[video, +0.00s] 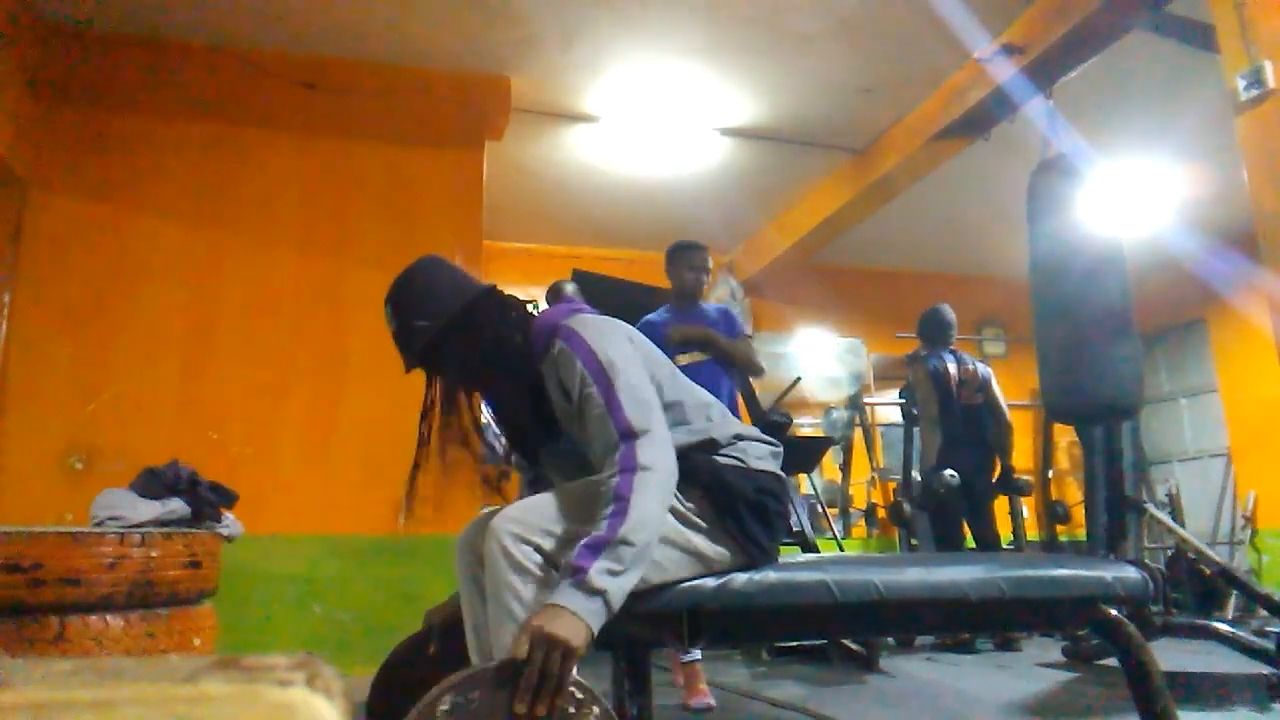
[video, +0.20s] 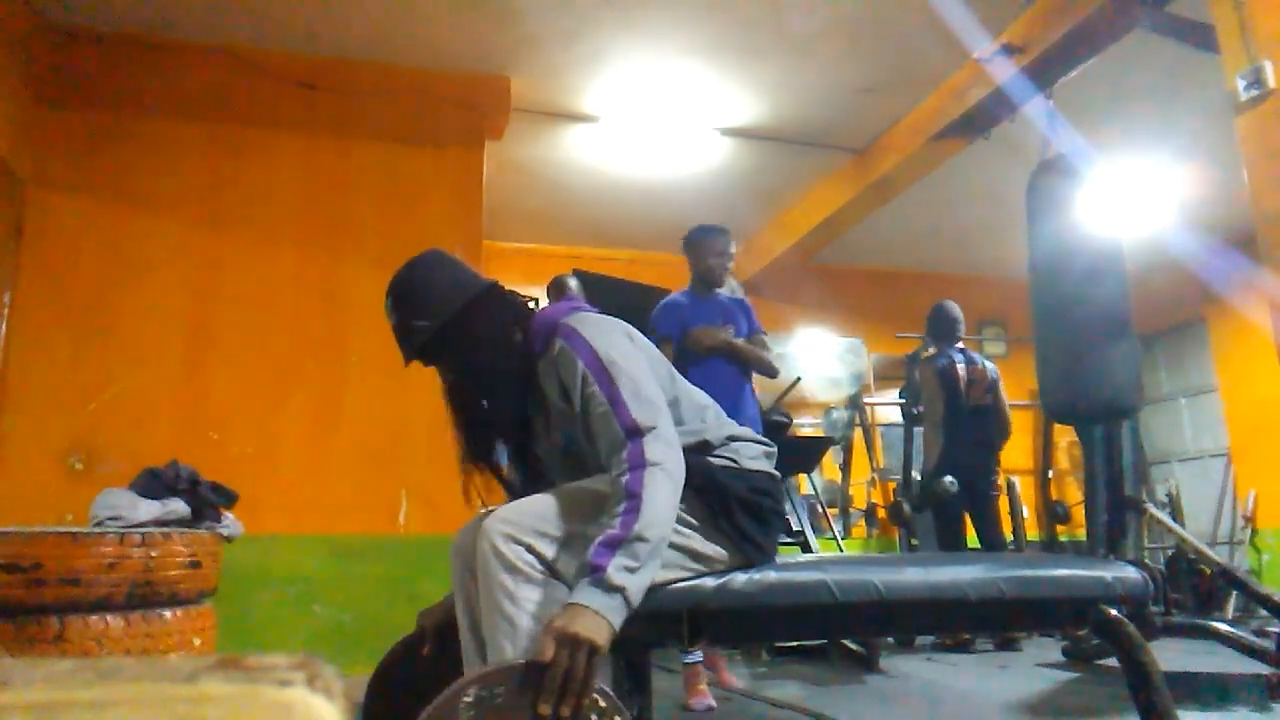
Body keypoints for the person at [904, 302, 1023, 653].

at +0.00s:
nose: (920, 341)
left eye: (921, 335)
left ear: (923, 335)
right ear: (954, 334)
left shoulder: (922, 366)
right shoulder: (980, 368)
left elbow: (930, 419)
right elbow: (1003, 420)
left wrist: (927, 469)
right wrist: (1007, 466)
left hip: (944, 469)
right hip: (979, 467)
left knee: (949, 547)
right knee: (989, 542)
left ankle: (960, 630)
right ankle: (1006, 626)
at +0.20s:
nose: (929, 335)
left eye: (929, 329)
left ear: (930, 331)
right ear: (963, 330)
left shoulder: (931, 367)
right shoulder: (986, 367)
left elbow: (934, 421)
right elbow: (1004, 425)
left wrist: (928, 470)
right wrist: (988, 452)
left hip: (947, 468)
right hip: (982, 466)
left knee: (950, 548)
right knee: (994, 543)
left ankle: (958, 629)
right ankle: (1010, 626)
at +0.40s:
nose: (936, 338)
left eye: (936, 332)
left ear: (938, 331)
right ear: (969, 329)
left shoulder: (940, 363)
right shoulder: (995, 364)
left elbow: (939, 421)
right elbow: (1004, 423)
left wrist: (925, 471)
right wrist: (974, 430)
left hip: (949, 470)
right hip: (985, 470)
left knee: (952, 548)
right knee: (997, 544)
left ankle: (959, 629)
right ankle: (1009, 628)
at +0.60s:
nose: (932, 342)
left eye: (932, 336)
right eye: (934, 336)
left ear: (936, 335)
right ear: (965, 330)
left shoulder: (941, 364)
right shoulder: (994, 365)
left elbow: (939, 419)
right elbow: (996, 421)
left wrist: (923, 468)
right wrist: (996, 464)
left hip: (952, 469)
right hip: (987, 469)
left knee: (953, 548)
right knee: (998, 544)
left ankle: (959, 628)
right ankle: (1009, 627)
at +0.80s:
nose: (929, 343)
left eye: (929, 338)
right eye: (932, 339)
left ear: (931, 336)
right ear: (962, 332)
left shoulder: (936, 365)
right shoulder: (992, 365)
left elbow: (938, 420)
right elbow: (993, 420)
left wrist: (927, 472)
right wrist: (992, 458)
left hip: (950, 466)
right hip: (985, 465)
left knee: (953, 547)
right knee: (997, 543)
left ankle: (958, 628)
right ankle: (1009, 625)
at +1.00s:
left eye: (938, 329)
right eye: (957, 324)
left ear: (935, 331)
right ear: (967, 328)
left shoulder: (935, 364)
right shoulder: (992, 366)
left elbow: (932, 420)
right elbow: (1002, 421)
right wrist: (974, 424)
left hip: (946, 468)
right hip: (984, 467)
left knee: (953, 547)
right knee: (996, 543)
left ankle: (960, 627)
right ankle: (1008, 626)